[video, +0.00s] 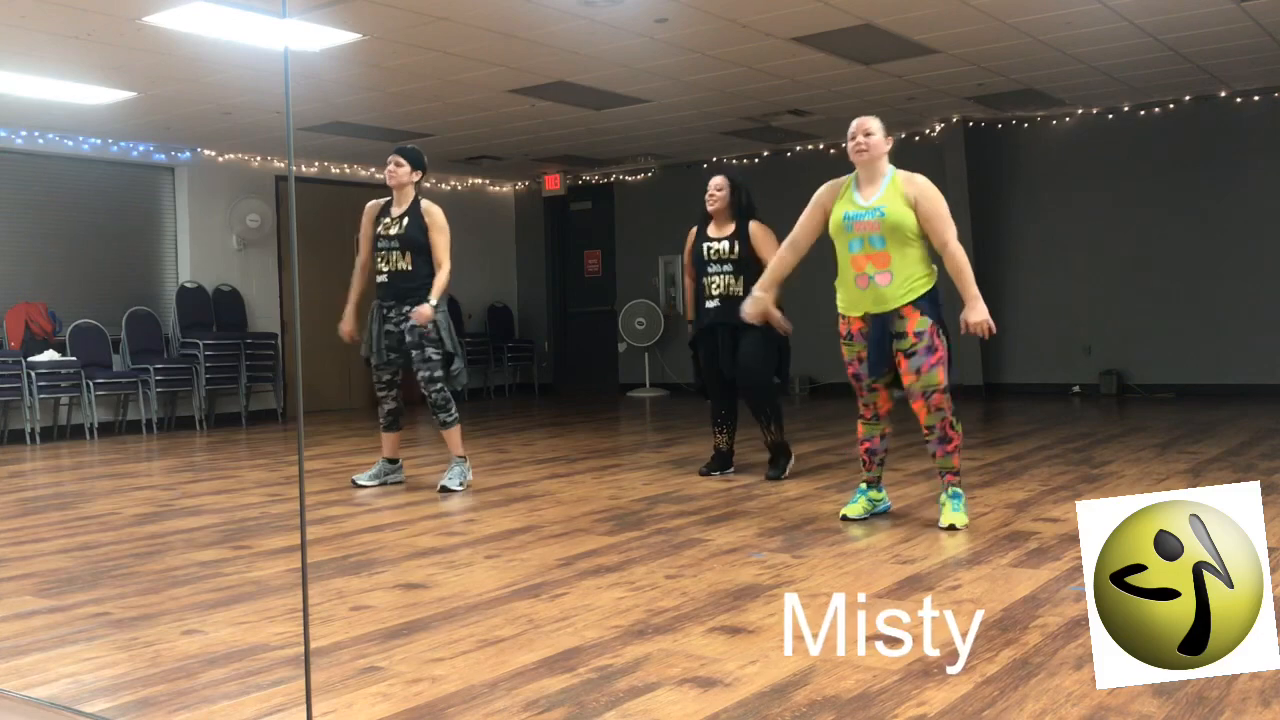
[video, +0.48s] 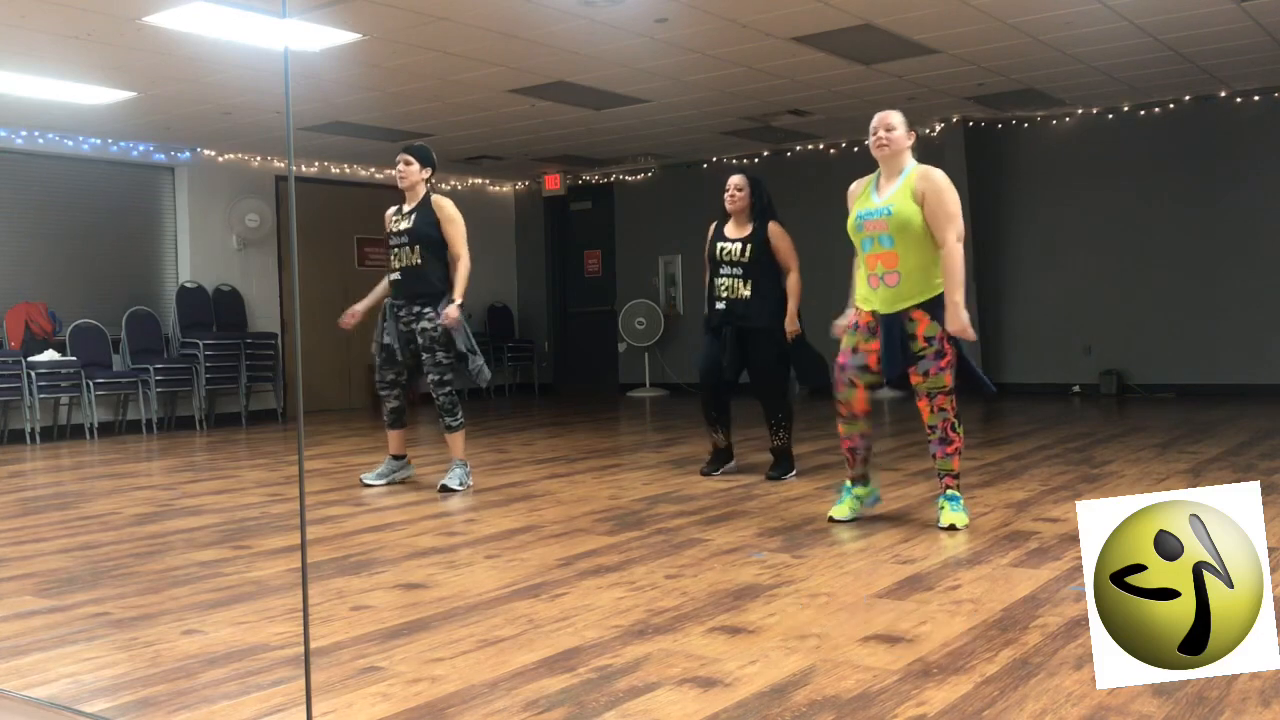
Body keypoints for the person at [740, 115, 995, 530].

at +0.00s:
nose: (859, 140)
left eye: (868, 133)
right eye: (853, 136)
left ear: (888, 143)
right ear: (846, 149)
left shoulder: (915, 187)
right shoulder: (831, 194)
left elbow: (949, 245)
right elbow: (793, 246)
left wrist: (973, 300)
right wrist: (762, 290)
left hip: (913, 308)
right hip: (857, 315)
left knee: (931, 397)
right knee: (870, 403)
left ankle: (952, 491)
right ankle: (872, 490)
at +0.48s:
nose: (880, 135)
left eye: (890, 128)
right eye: (874, 131)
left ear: (910, 138)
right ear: (867, 144)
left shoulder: (930, 180)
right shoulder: (858, 191)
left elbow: (952, 241)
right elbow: (863, 254)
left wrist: (955, 305)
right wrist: (855, 308)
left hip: (924, 310)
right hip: (872, 314)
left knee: (937, 402)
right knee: (848, 378)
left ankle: (950, 494)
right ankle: (860, 485)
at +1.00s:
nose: (868, 145)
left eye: (876, 136)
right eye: (861, 139)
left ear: (897, 140)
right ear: (853, 148)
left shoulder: (921, 187)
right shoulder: (840, 187)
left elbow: (945, 247)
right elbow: (804, 241)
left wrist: (945, 293)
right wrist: (772, 285)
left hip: (914, 309)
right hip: (859, 314)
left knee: (927, 403)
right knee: (866, 404)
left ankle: (944, 494)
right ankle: (865, 492)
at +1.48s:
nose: (895, 137)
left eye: (905, 129)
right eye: (891, 133)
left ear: (930, 137)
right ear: (889, 143)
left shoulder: (945, 183)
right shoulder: (888, 181)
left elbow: (954, 247)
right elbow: (891, 241)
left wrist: (922, 225)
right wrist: (883, 289)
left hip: (932, 304)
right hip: (884, 303)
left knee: (936, 401)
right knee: (866, 390)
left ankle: (944, 497)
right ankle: (864, 491)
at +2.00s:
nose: (883, 139)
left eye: (891, 132)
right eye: (876, 134)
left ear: (911, 141)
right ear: (869, 146)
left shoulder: (936, 183)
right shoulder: (856, 198)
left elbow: (968, 244)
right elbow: (847, 263)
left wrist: (977, 303)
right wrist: (820, 303)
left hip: (924, 311)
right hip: (868, 315)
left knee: (933, 404)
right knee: (861, 401)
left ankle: (943, 495)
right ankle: (863, 491)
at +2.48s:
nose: (871, 145)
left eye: (880, 137)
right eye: (864, 140)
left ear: (899, 143)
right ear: (857, 149)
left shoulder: (924, 190)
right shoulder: (840, 184)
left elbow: (950, 249)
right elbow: (810, 243)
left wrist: (940, 274)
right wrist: (787, 293)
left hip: (918, 309)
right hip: (862, 313)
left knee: (931, 402)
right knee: (870, 406)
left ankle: (946, 494)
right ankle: (866, 492)